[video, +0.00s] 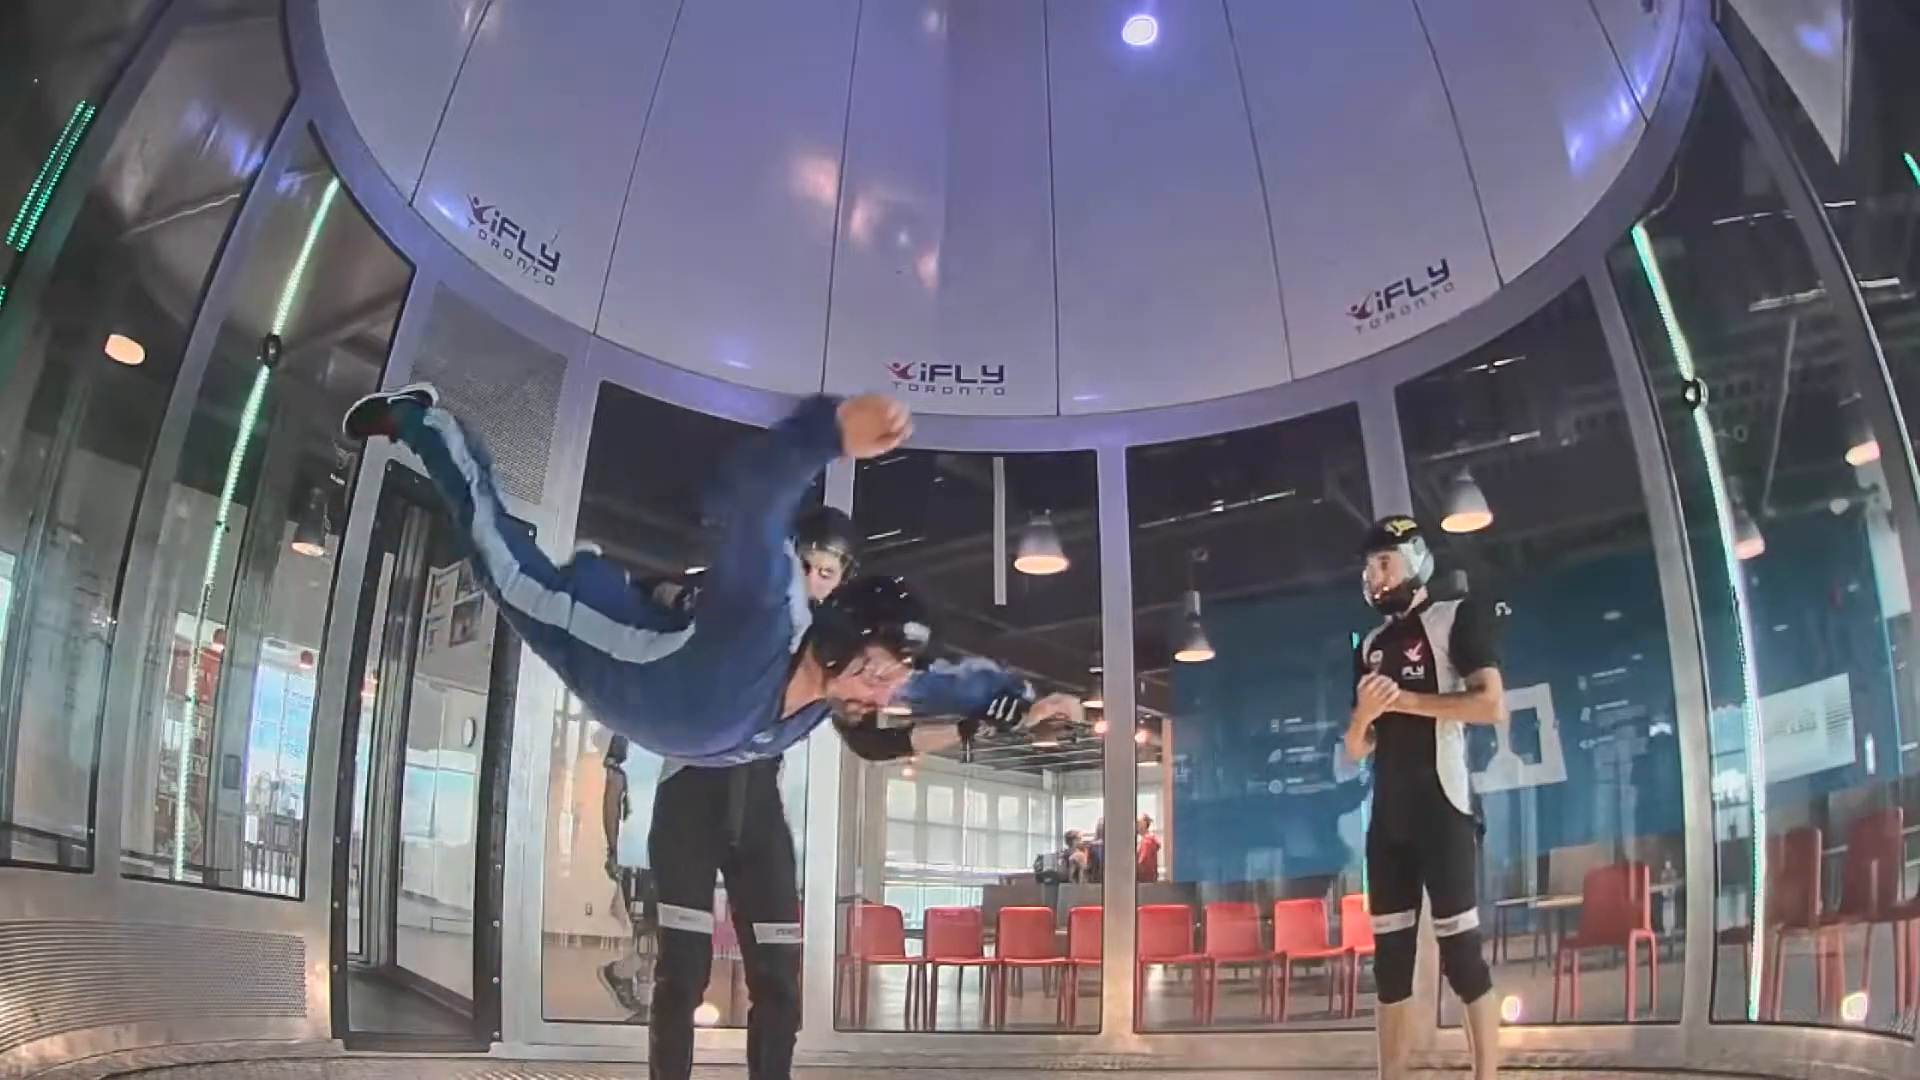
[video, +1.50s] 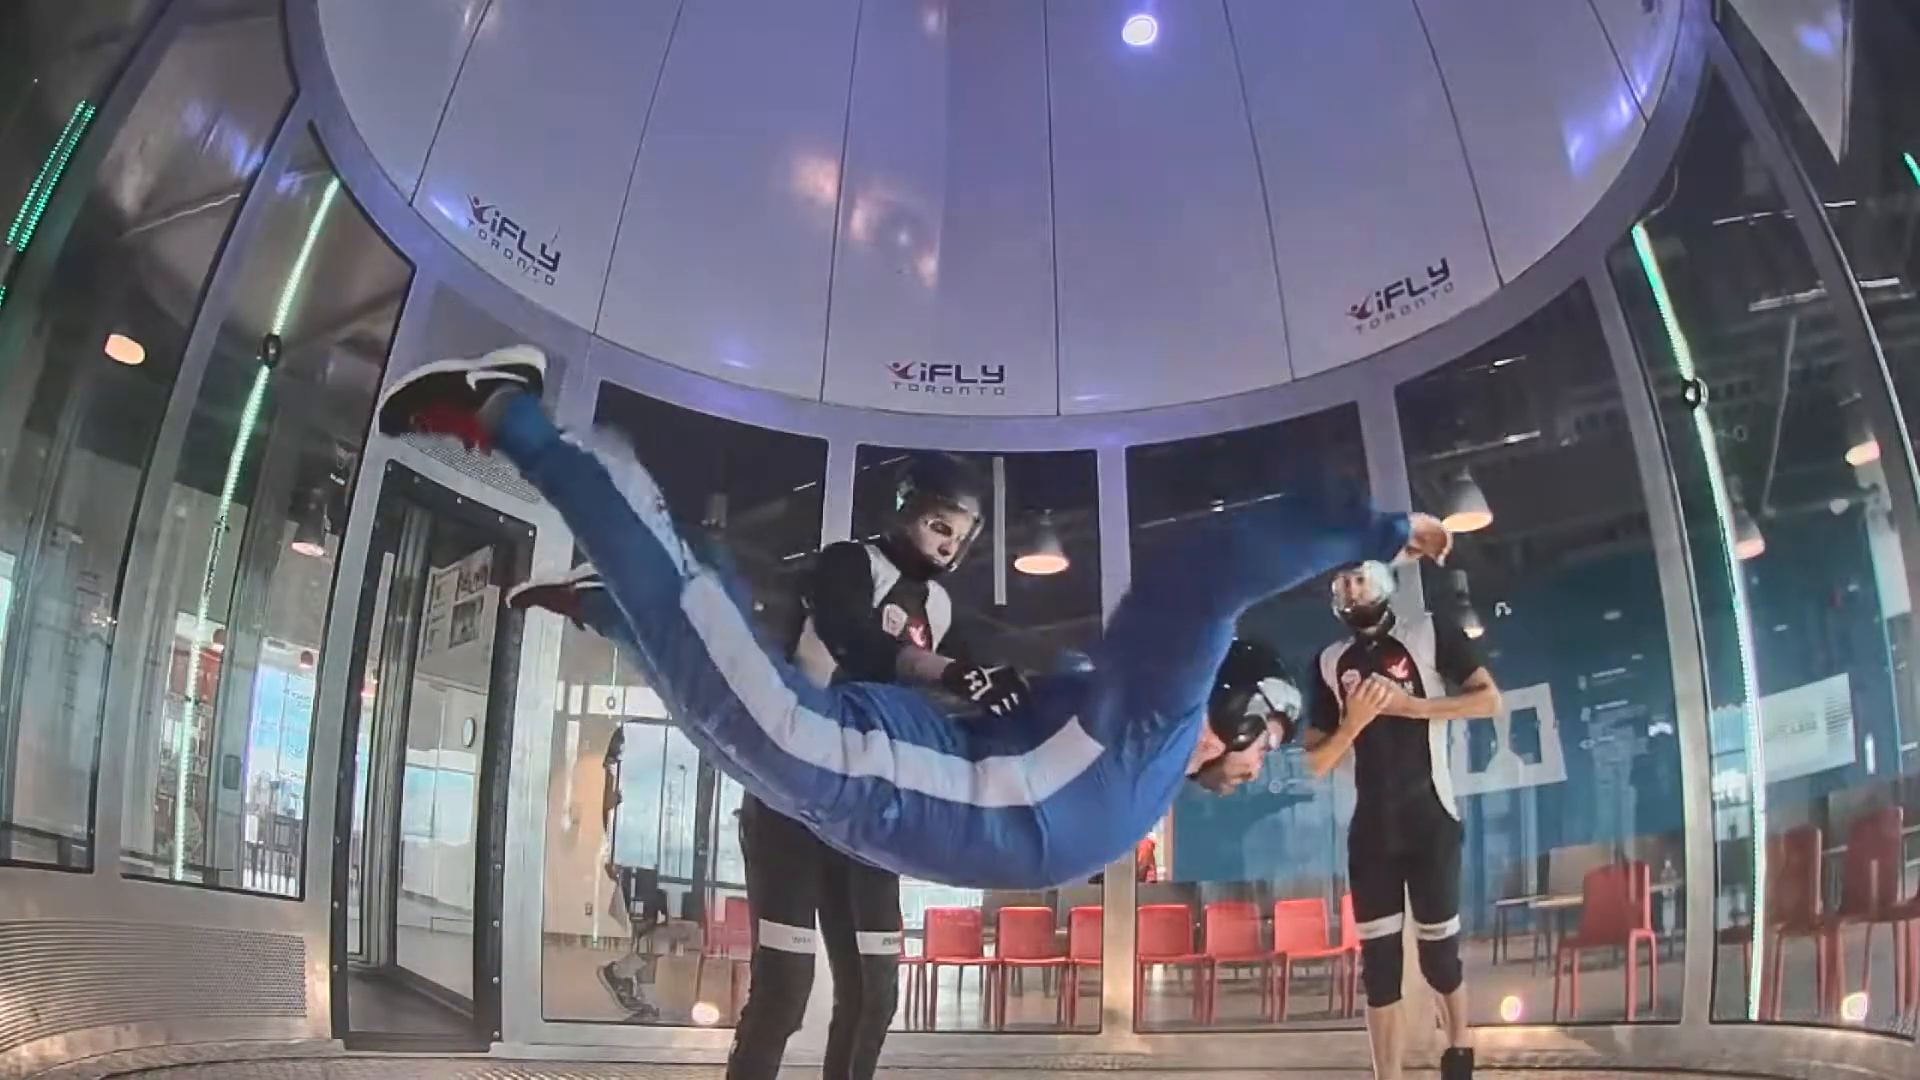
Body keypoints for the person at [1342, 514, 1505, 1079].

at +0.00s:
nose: (1375, 573)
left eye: (1386, 560)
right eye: (1369, 564)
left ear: (1419, 562)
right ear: (1366, 574)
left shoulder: (1459, 616)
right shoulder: (1369, 646)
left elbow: (1491, 707)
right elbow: (1352, 754)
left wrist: (1402, 700)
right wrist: (1361, 717)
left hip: (1447, 807)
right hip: (1388, 810)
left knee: (1459, 951)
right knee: (1391, 957)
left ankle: (1486, 1075)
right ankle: (1392, 1077)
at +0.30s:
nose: (1368, 573)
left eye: (1379, 561)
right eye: (1363, 564)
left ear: (1411, 562)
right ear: (1361, 573)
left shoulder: (1451, 615)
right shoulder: (1361, 645)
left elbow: (1489, 702)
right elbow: (1348, 750)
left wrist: (1399, 698)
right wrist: (1356, 716)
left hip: (1441, 806)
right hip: (1383, 810)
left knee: (1457, 953)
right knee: (1389, 956)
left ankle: (1486, 1075)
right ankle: (1391, 1076)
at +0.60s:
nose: (1360, 575)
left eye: (1371, 563)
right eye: (1352, 566)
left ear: (1399, 568)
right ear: (1346, 578)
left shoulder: (1437, 617)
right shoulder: (1341, 651)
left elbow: (1490, 694)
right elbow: (1335, 755)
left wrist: (1404, 701)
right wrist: (1353, 714)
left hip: (1438, 810)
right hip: (1377, 816)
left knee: (1453, 953)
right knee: (1385, 958)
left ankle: (1484, 1075)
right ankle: (1389, 1077)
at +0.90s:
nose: (1350, 579)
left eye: (1362, 567)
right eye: (1342, 571)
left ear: (1388, 574)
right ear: (1334, 583)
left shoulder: (1426, 626)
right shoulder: (1325, 658)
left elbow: (1485, 696)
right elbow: (1318, 760)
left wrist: (1405, 704)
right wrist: (1349, 716)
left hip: (1431, 815)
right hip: (1368, 823)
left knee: (1443, 958)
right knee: (1381, 965)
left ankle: (1480, 1075)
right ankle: (1387, 1077)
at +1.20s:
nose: (1351, 585)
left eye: (1362, 573)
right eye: (1341, 575)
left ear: (1385, 582)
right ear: (1330, 587)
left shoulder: (1421, 628)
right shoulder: (1320, 659)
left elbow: (1486, 694)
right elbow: (1310, 760)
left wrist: (1404, 692)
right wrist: (1344, 713)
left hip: (1425, 813)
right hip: (1362, 821)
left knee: (1435, 960)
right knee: (1378, 963)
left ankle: (1468, 1070)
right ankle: (1385, 1076)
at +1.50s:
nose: (1353, 591)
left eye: (1363, 578)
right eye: (1343, 582)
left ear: (1386, 581)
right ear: (1335, 593)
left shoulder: (1431, 631)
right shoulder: (1327, 663)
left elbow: (1490, 700)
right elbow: (1317, 762)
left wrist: (1412, 705)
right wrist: (1353, 721)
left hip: (1432, 818)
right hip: (1370, 825)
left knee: (1438, 958)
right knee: (1380, 963)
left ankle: (1458, 1048)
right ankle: (1385, 1075)